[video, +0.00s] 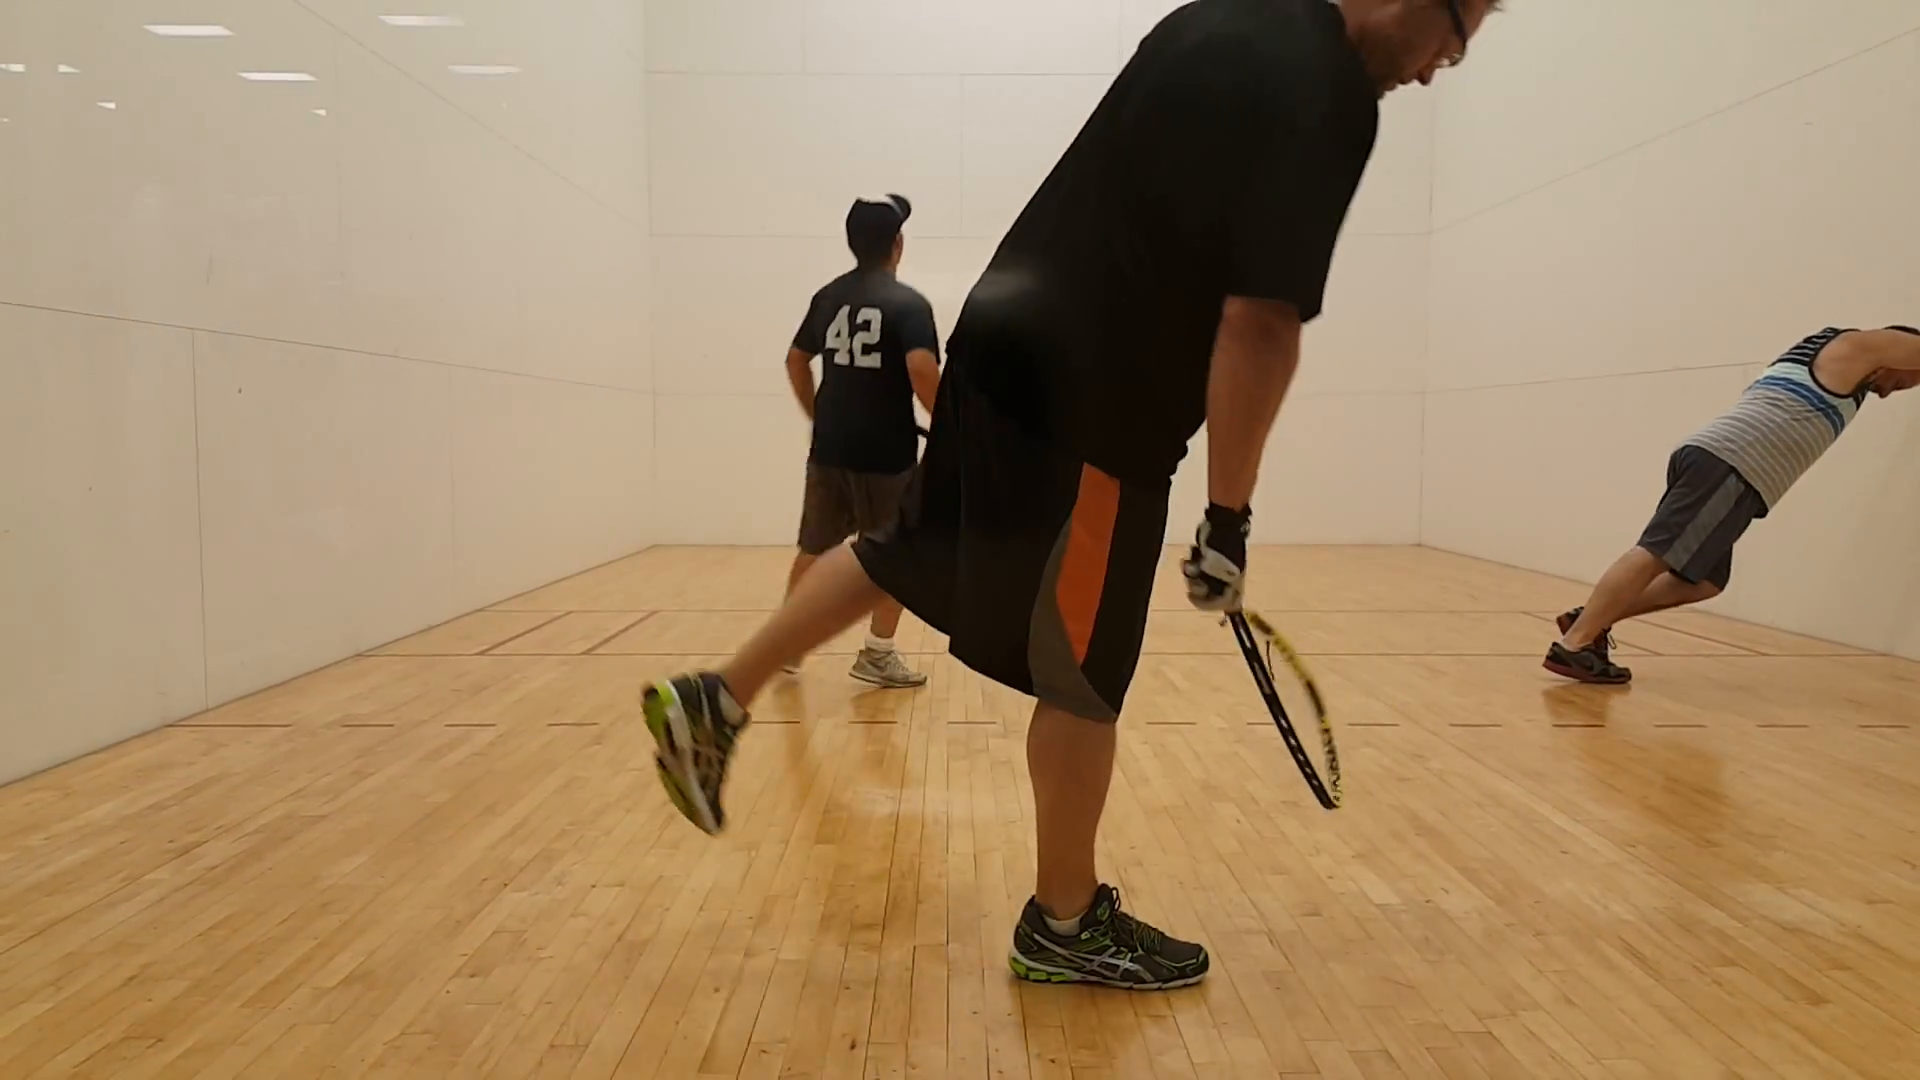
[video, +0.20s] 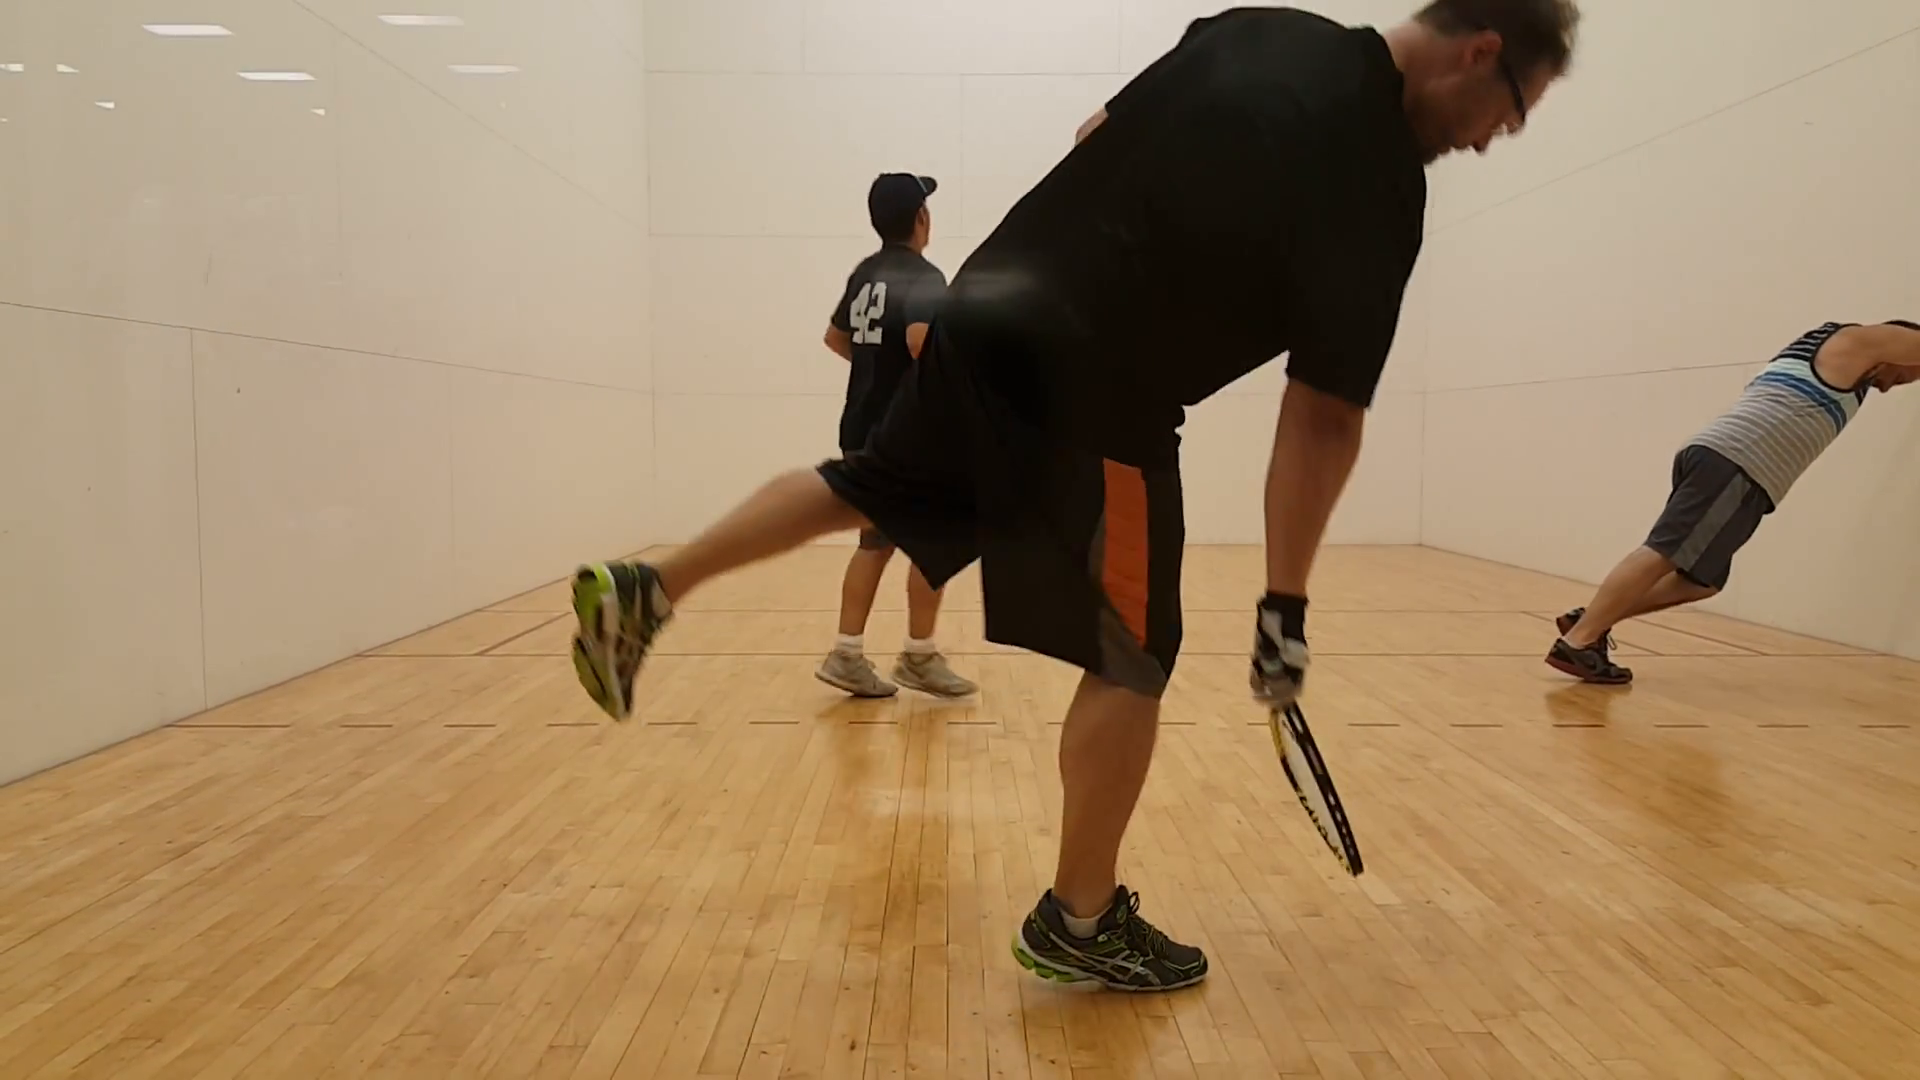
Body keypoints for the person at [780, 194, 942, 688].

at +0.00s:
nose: (905, 241)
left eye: (903, 234)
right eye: (903, 235)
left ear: (853, 244)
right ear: (895, 243)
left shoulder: (829, 296)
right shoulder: (909, 304)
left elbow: (797, 360)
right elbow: (922, 372)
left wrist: (816, 414)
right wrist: (948, 420)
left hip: (830, 445)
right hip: (887, 452)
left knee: (814, 548)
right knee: (894, 551)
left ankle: (788, 644)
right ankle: (878, 652)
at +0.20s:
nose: (930, 215)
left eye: (926, 206)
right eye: (926, 208)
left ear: (882, 221)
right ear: (919, 219)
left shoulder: (865, 272)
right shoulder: (927, 278)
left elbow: (837, 336)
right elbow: (920, 341)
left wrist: (881, 364)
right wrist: (961, 376)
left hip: (863, 433)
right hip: (914, 436)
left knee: (875, 538)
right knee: (933, 537)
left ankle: (845, 653)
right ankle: (920, 653)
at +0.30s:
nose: (947, 230)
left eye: (942, 221)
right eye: (943, 223)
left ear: (896, 234)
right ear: (937, 230)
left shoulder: (887, 290)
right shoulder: (934, 299)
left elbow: (869, 361)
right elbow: (944, 378)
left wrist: (923, 382)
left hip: (885, 449)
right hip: (930, 454)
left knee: (879, 556)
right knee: (952, 559)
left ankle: (840, 665)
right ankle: (953, 677)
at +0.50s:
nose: (994, 217)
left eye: (989, 209)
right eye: (991, 210)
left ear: (939, 223)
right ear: (982, 217)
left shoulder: (945, 279)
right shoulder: (975, 282)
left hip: (948, 450)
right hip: (971, 453)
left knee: (962, 559)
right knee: (974, 562)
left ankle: (892, 631)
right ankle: (966, 684)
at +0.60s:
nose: (1019, 206)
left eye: (1014, 199)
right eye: (1015, 200)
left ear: (958, 211)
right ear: (1007, 206)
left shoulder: (953, 276)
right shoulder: (1014, 268)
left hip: (970, 448)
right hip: (1001, 449)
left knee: (982, 551)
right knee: (984, 558)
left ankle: (959, 650)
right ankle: (965, 675)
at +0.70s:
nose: (1047, 202)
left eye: (1043, 196)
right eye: (1041, 196)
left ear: (983, 205)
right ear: (1029, 201)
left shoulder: (968, 262)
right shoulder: (1042, 258)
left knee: (1051, 544)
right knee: (980, 554)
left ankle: (1042, 659)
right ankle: (968, 681)